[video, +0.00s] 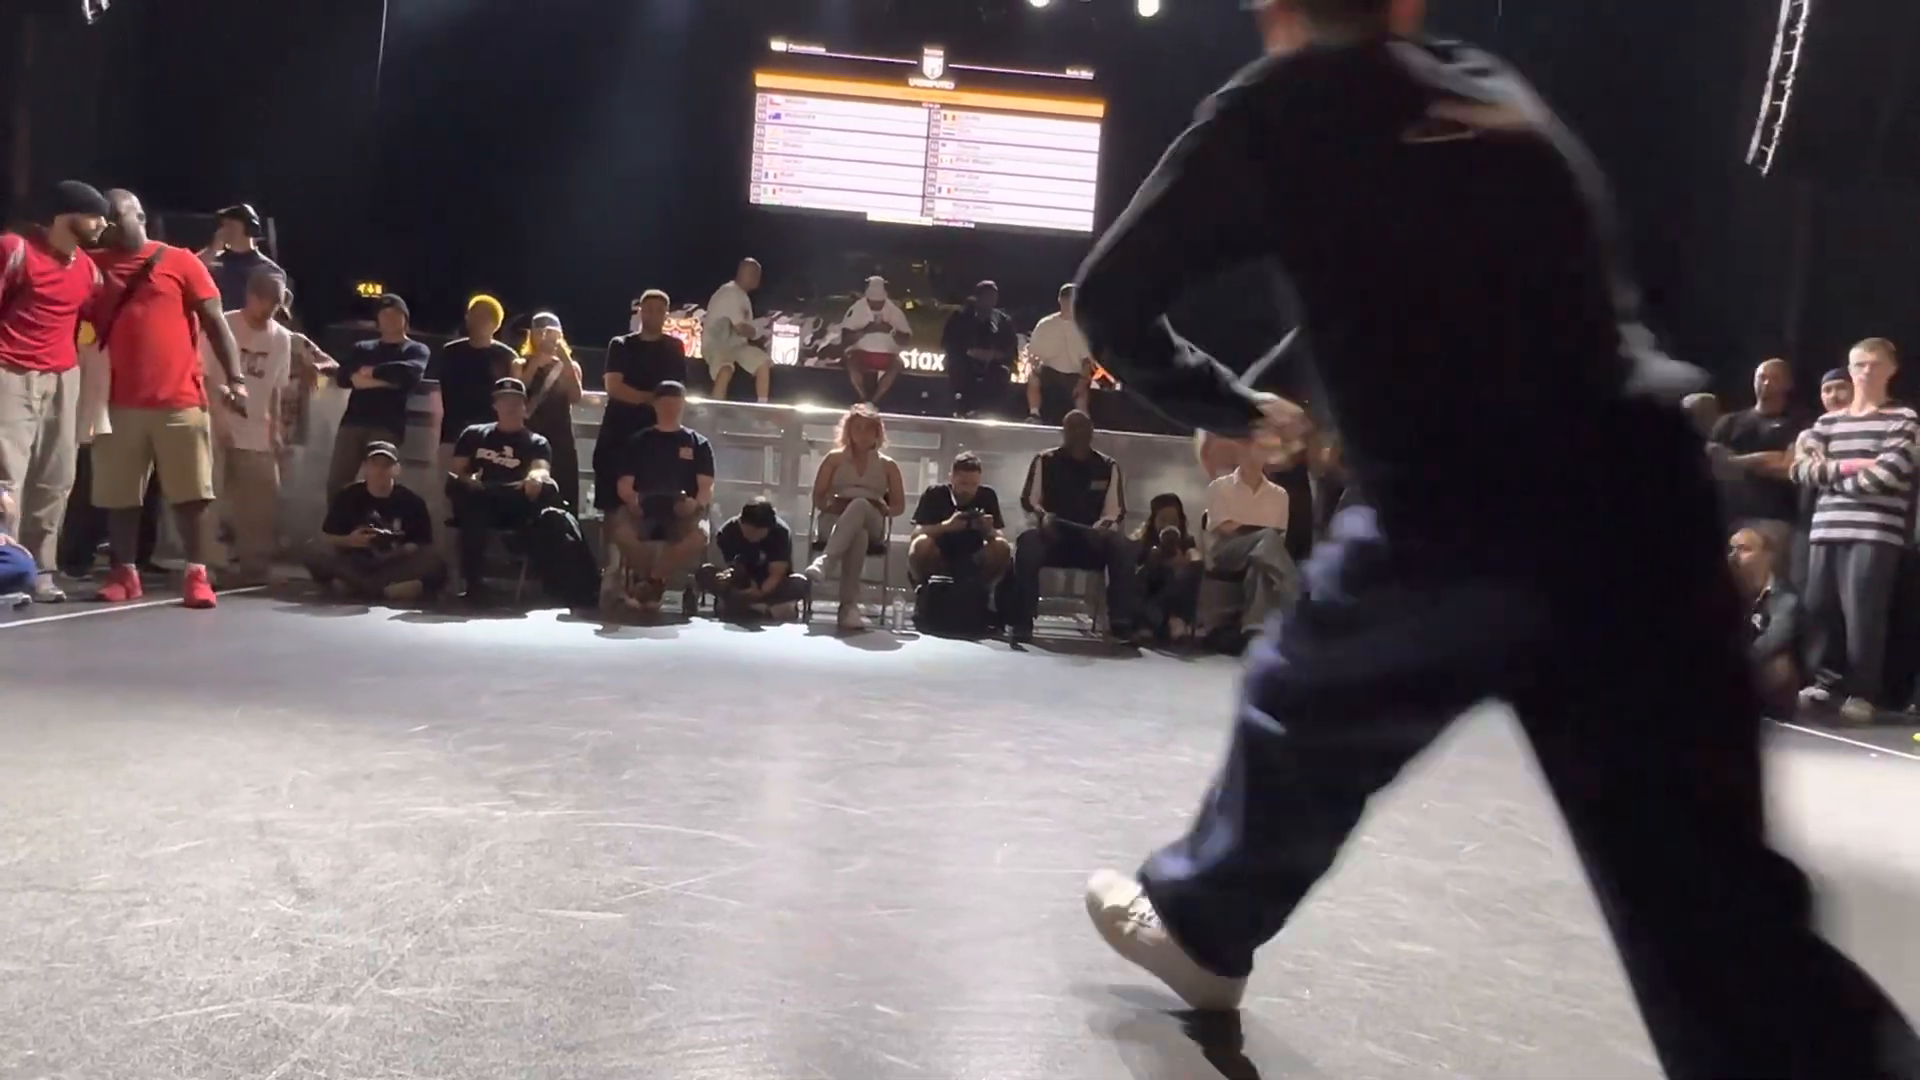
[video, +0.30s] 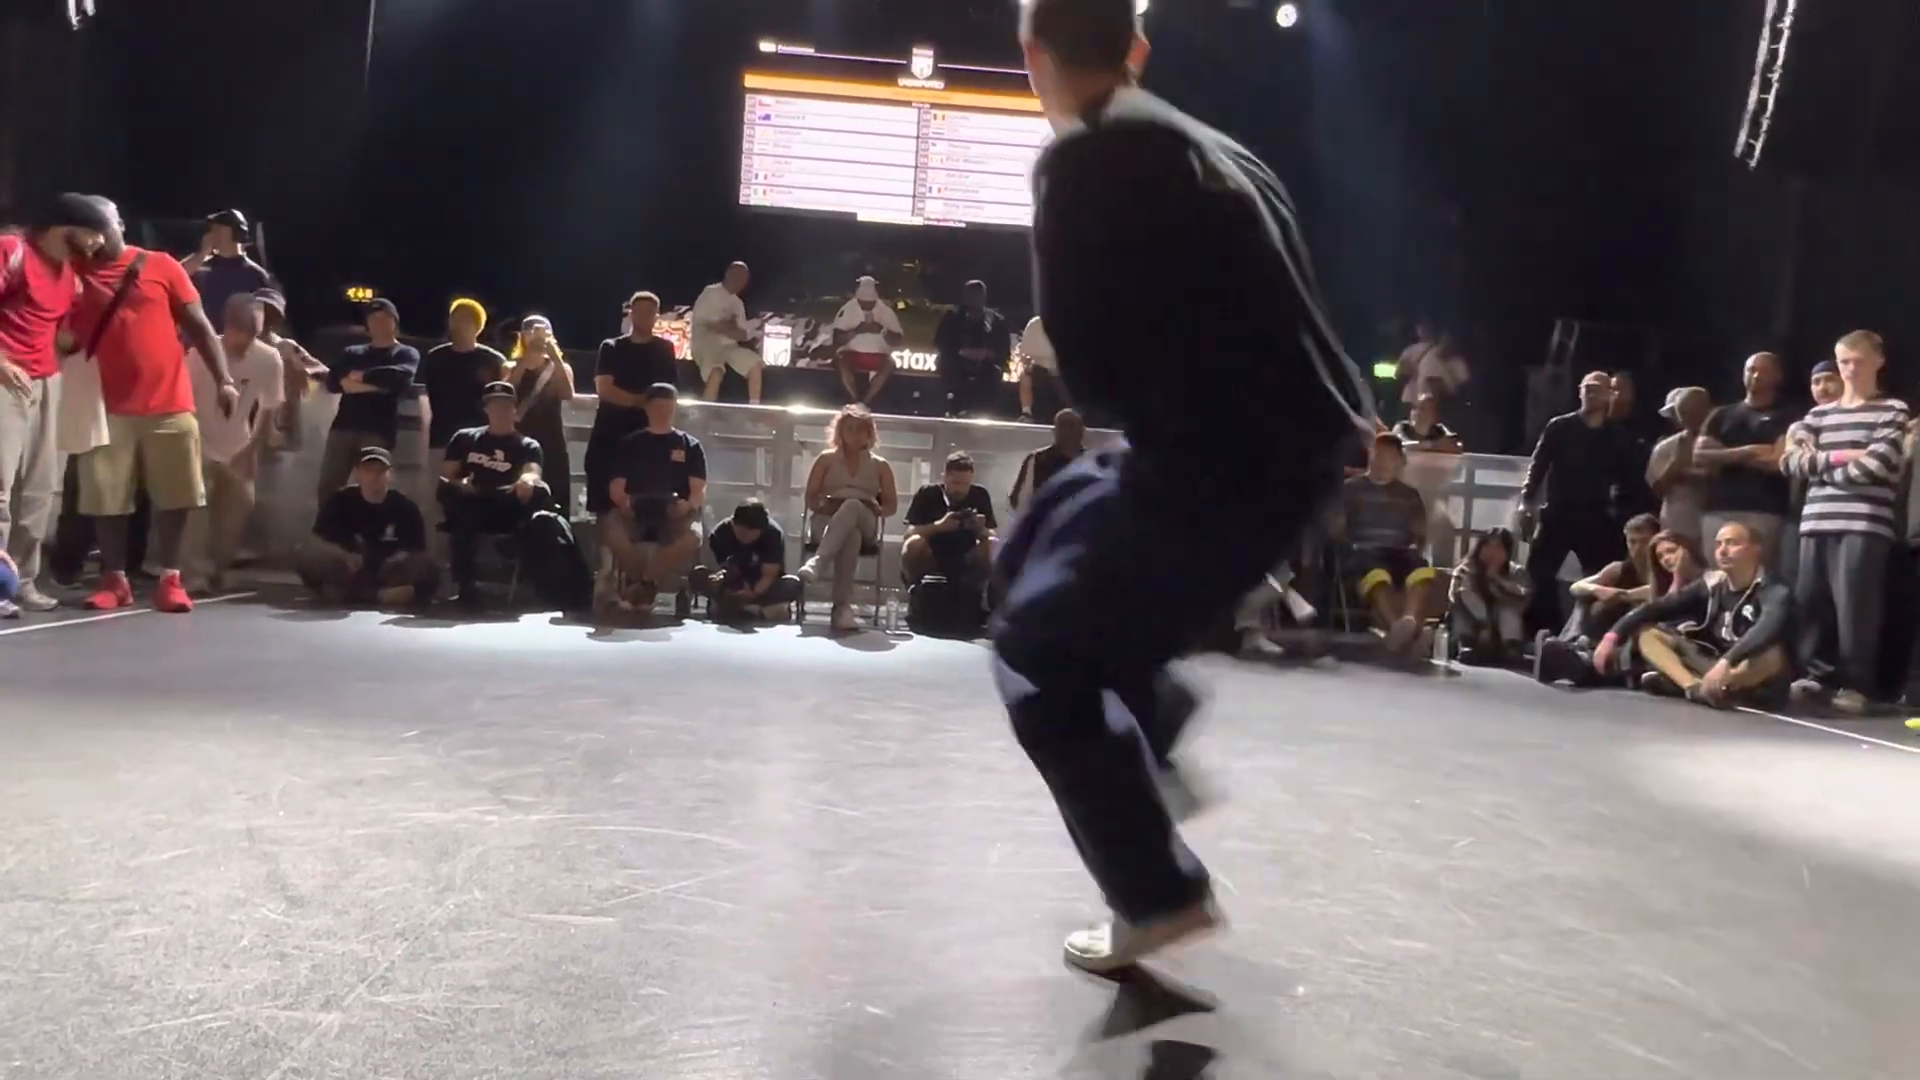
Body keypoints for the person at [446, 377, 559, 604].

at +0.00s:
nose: (511, 406)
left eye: (516, 401)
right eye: (505, 401)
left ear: (524, 407)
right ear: (495, 405)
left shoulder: (537, 443)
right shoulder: (474, 434)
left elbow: (540, 469)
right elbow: (455, 476)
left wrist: (536, 479)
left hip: (519, 499)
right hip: (483, 499)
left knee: (547, 491)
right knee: (466, 497)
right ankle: (473, 582)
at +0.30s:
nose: (501, 410)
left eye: (506, 405)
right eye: (496, 405)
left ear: (515, 410)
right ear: (486, 409)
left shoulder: (528, 446)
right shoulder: (465, 438)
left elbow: (532, 471)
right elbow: (445, 479)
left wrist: (527, 480)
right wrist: (462, 485)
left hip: (509, 500)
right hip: (474, 500)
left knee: (539, 493)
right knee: (459, 511)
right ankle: (465, 586)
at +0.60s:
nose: (498, 420)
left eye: (503, 414)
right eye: (492, 414)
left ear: (512, 420)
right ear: (482, 419)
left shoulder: (526, 457)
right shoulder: (462, 449)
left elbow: (529, 484)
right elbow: (443, 489)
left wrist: (523, 493)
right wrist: (461, 497)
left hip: (507, 511)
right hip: (472, 510)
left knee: (537, 502)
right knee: (457, 517)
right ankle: (465, 596)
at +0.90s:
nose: (491, 413)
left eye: (496, 407)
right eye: (485, 407)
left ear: (506, 412)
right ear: (477, 412)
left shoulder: (520, 449)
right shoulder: (457, 443)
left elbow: (525, 475)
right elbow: (437, 482)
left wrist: (518, 486)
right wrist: (456, 491)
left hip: (502, 505)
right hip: (467, 505)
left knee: (533, 497)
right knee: (451, 513)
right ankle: (461, 591)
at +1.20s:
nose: (500, 434)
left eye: (505, 429)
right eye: (494, 429)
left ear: (514, 433)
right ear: (485, 433)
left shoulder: (528, 469)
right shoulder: (465, 463)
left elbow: (532, 492)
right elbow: (448, 503)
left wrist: (527, 503)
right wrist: (462, 510)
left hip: (511, 524)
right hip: (475, 523)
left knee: (540, 515)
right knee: (459, 529)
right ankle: (468, 609)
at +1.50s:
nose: (501, 439)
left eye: (506, 433)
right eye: (495, 433)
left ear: (515, 437)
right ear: (485, 438)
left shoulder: (529, 473)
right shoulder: (466, 468)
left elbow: (533, 502)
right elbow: (448, 511)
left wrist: (528, 508)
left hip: (511, 534)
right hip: (475, 534)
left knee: (538, 519)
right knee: (462, 536)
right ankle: (471, 615)